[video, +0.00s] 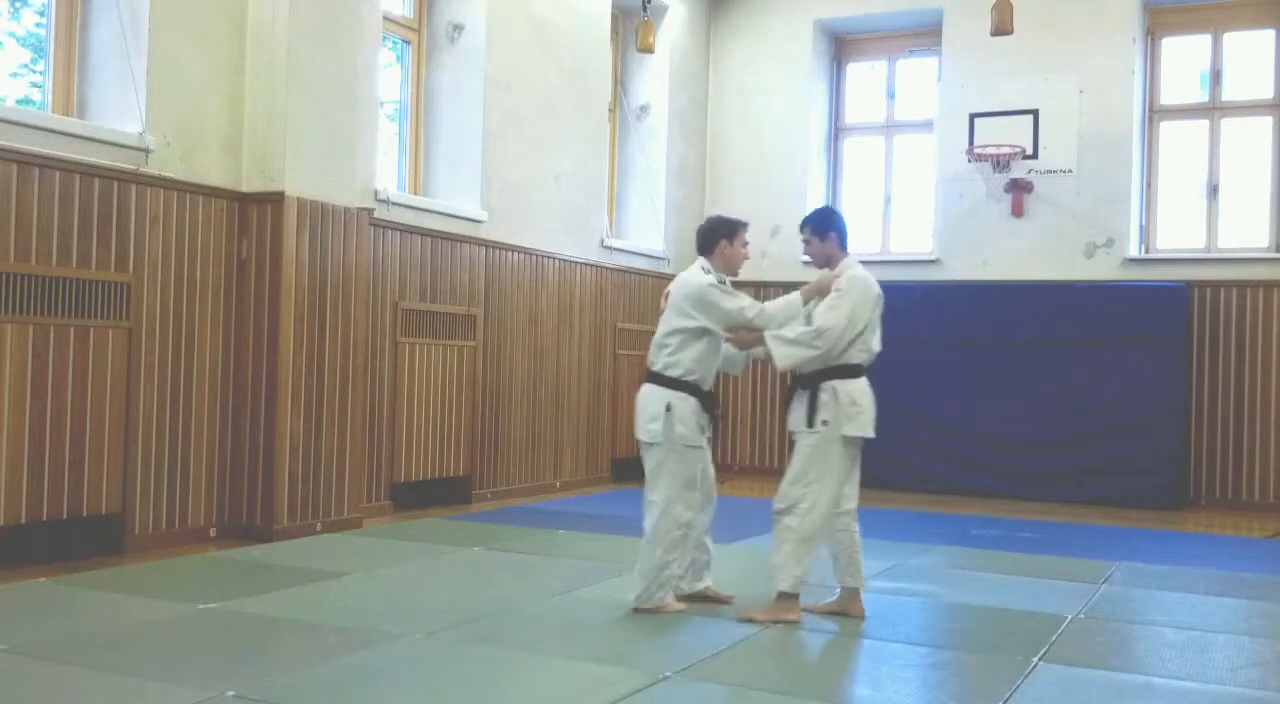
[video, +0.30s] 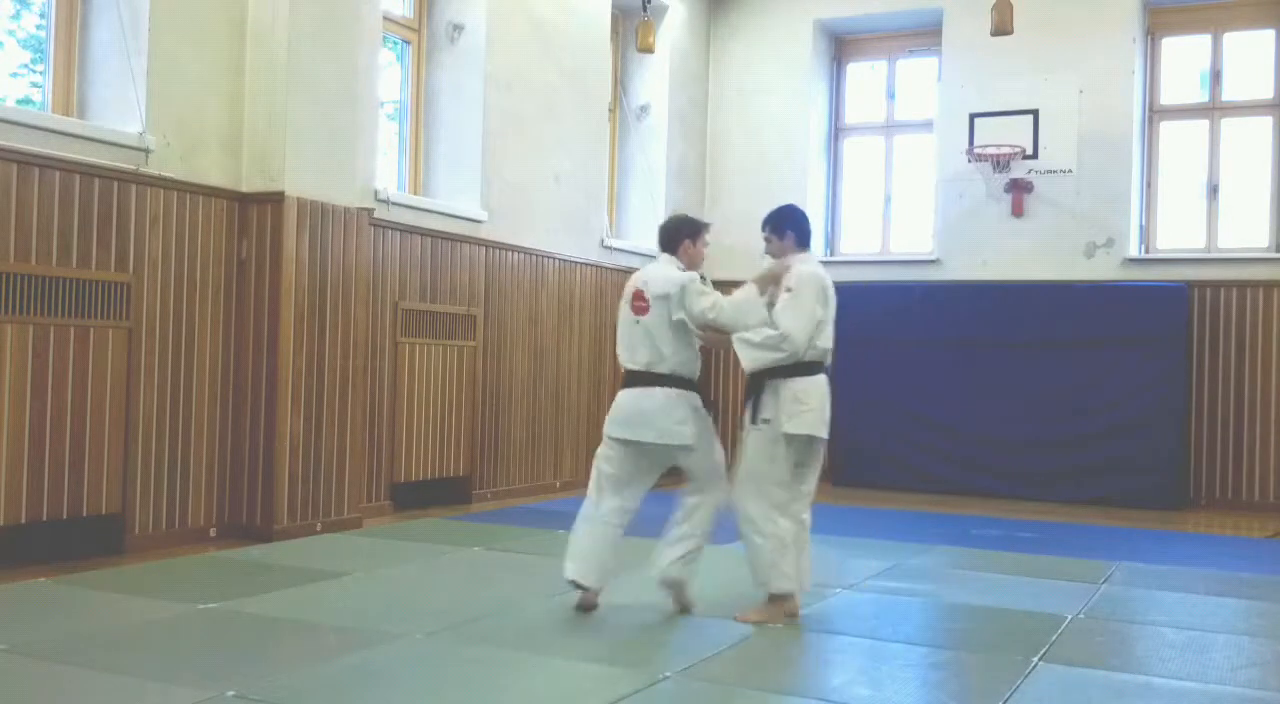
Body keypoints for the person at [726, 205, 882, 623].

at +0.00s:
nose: (806, 252)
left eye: (810, 243)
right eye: (804, 244)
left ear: (833, 238)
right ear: (829, 241)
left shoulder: (855, 282)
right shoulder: (837, 282)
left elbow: (824, 334)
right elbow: (806, 327)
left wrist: (763, 342)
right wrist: (756, 337)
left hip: (835, 399)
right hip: (834, 397)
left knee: (796, 501)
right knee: (839, 504)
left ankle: (786, 600)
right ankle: (850, 594)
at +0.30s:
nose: (765, 248)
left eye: (769, 240)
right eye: (765, 241)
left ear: (789, 237)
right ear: (795, 237)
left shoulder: (801, 275)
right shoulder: (810, 275)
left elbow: (790, 337)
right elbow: (780, 329)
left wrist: (734, 342)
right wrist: (724, 332)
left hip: (788, 394)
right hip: (804, 393)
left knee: (757, 492)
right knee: (792, 497)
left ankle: (780, 598)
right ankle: (787, 595)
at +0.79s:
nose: (738, 244)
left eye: (740, 237)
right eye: (740, 237)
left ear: (749, 236)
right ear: (780, 238)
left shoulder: (756, 268)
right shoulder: (791, 277)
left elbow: (746, 313)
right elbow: (773, 334)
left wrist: (713, 336)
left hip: (742, 393)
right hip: (779, 394)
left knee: (713, 496)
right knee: (773, 499)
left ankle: (732, 603)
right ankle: (787, 594)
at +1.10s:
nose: (726, 247)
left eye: (727, 240)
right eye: (729, 241)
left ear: (736, 236)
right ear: (769, 239)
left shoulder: (737, 262)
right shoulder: (784, 276)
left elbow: (731, 285)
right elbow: (789, 344)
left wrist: (671, 306)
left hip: (737, 386)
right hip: (778, 388)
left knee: (715, 494)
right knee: (777, 498)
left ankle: (732, 604)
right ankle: (787, 594)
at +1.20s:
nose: (711, 245)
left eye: (714, 238)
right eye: (715, 239)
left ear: (722, 237)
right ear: (755, 239)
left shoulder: (729, 260)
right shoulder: (772, 276)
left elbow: (706, 276)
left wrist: (650, 287)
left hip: (743, 392)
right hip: (779, 393)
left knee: (717, 497)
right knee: (778, 499)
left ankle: (732, 604)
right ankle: (788, 594)